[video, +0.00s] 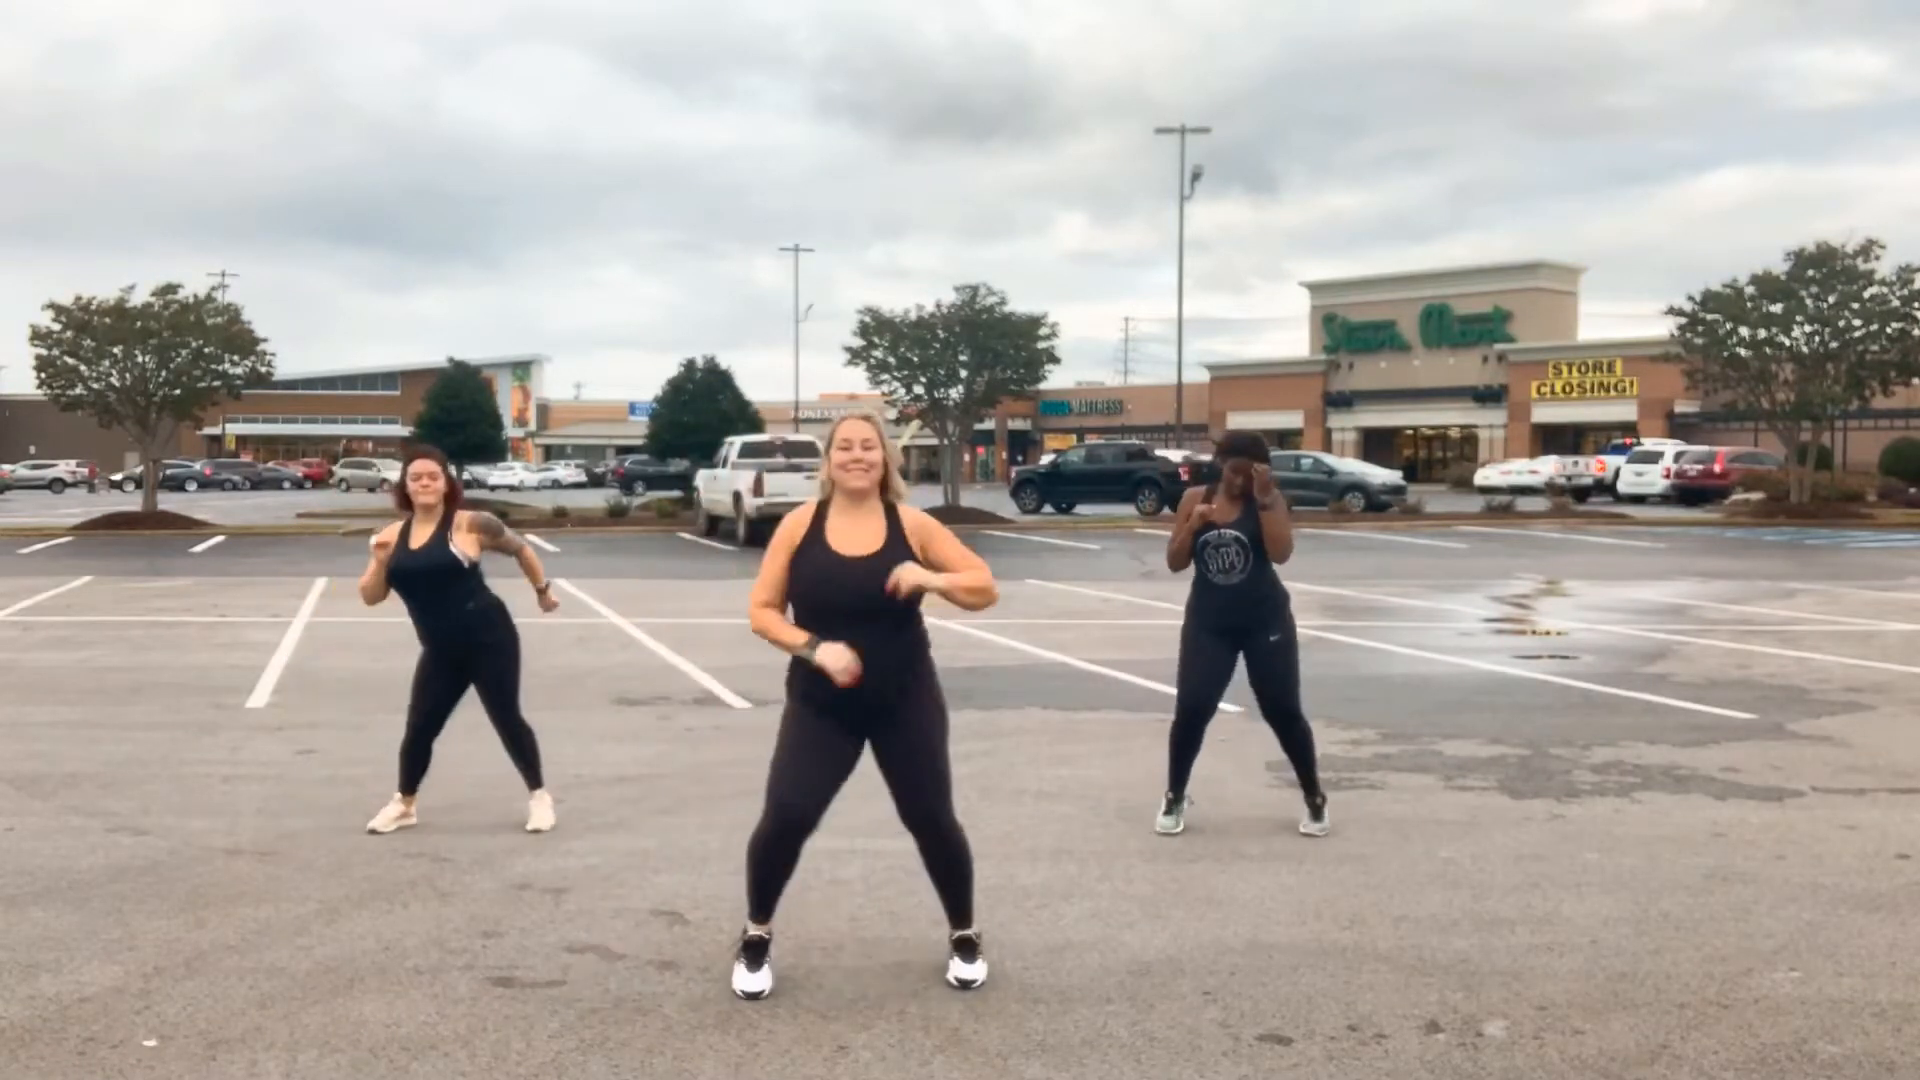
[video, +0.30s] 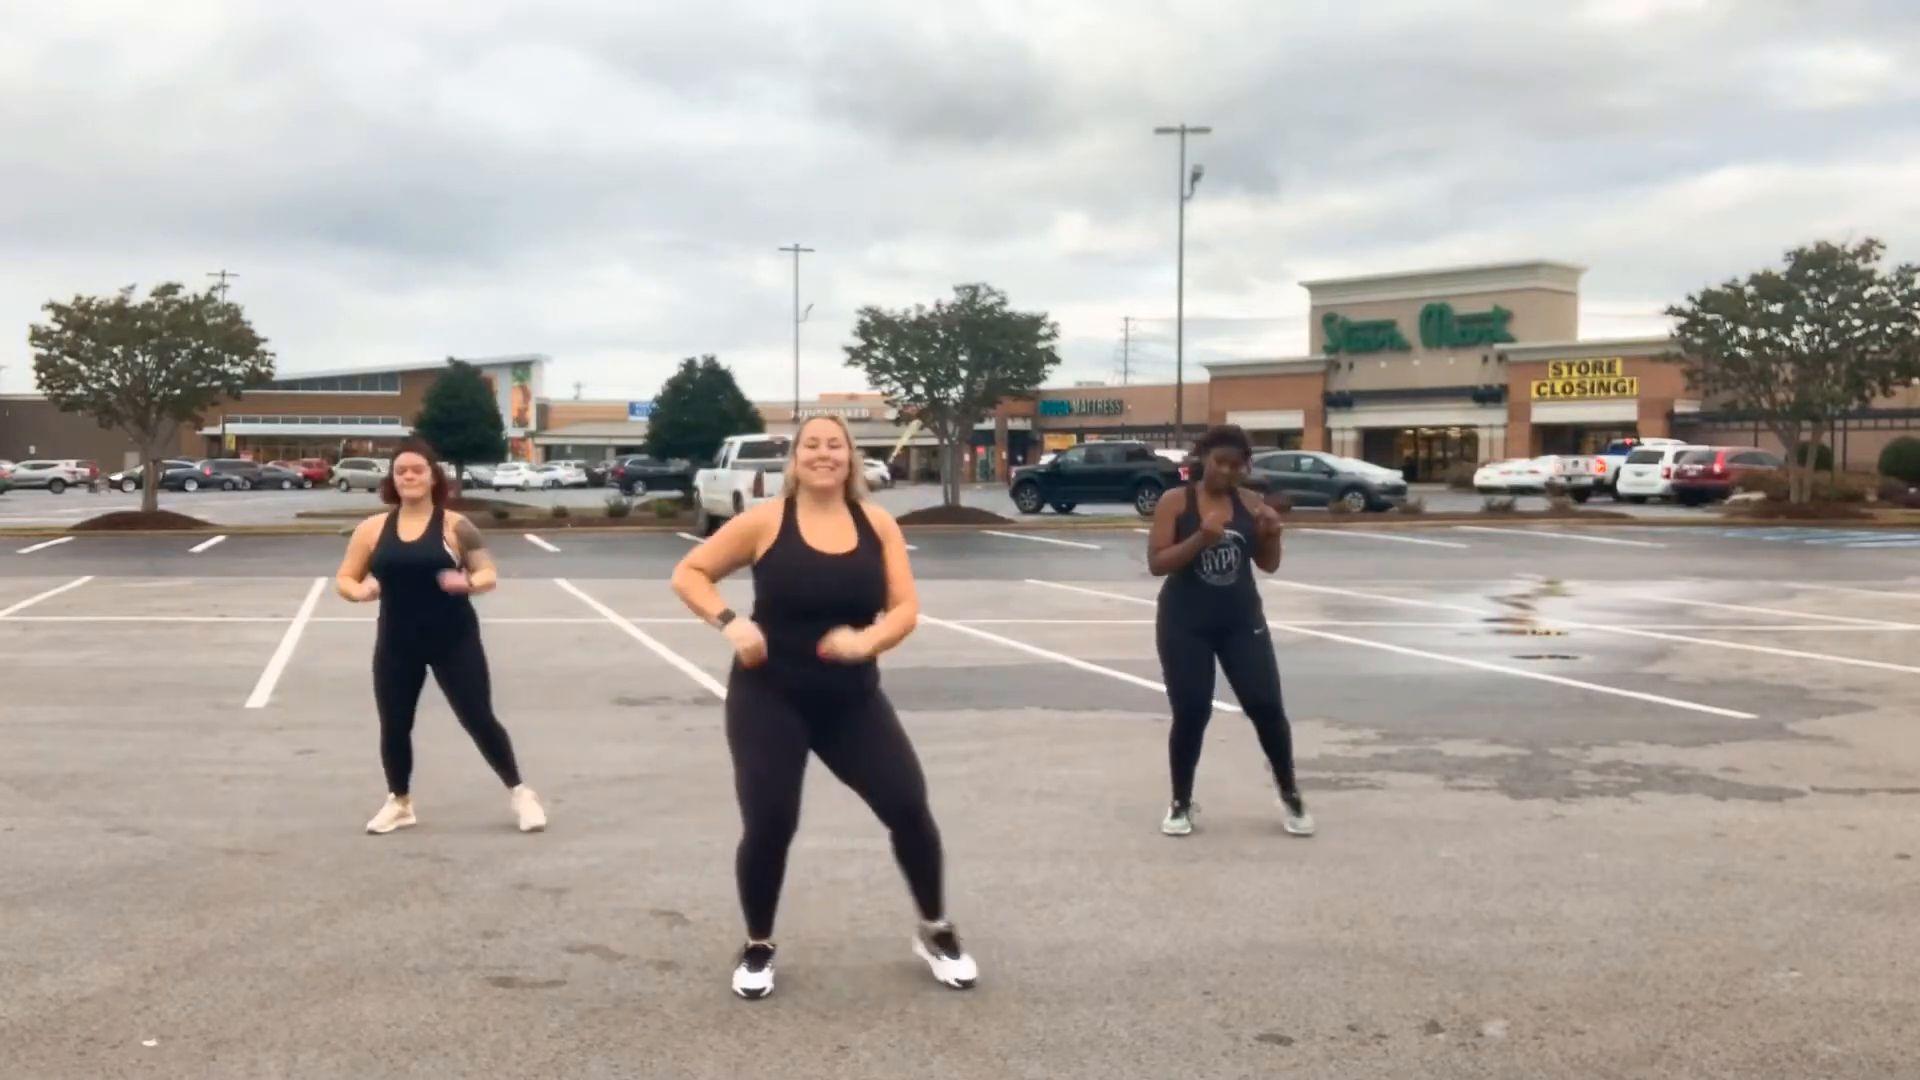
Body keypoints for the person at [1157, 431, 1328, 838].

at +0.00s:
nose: (1240, 479)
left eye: (1249, 473)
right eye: (1235, 470)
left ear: (1260, 474)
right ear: (1220, 465)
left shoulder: (1270, 501)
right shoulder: (1195, 498)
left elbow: (1281, 553)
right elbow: (1175, 562)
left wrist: (1265, 499)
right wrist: (1194, 525)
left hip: (1265, 620)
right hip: (1208, 620)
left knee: (1282, 712)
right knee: (1191, 710)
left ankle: (1314, 799)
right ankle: (1174, 798)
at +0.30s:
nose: (1228, 472)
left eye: (1236, 465)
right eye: (1221, 462)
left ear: (1244, 468)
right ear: (1203, 459)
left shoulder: (1250, 502)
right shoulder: (1175, 500)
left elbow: (1268, 564)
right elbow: (1157, 564)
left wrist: (1272, 534)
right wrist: (1200, 540)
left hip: (1241, 621)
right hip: (1185, 623)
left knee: (1268, 710)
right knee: (1191, 713)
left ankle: (1290, 794)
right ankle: (1181, 804)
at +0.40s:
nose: (1222, 466)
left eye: (1229, 459)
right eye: (1214, 458)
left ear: (1236, 464)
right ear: (1193, 459)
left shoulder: (1242, 501)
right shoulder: (1170, 502)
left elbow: (1255, 557)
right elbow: (1168, 562)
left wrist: (1266, 541)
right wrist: (1212, 532)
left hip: (1235, 619)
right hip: (1181, 622)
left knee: (1253, 705)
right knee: (1188, 710)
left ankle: (1250, 794)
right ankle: (1179, 803)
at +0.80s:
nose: (1223, 459)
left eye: (1227, 452)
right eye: (1213, 455)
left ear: (1237, 458)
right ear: (1196, 465)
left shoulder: (1248, 507)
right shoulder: (1179, 503)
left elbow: (1256, 571)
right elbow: (1150, 563)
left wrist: (1269, 567)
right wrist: (1203, 577)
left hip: (1220, 623)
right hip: (1167, 619)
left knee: (1222, 712)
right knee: (1173, 702)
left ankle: (1214, 804)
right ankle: (1140, 790)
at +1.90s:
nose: (1214, 456)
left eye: (1218, 450)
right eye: (1204, 451)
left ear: (1226, 457)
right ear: (1185, 459)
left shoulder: (1239, 500)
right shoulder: (1163, 503)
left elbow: (1251, 557)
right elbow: (1135, 558)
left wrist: (1218, 527)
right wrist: (1158, 555)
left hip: (1224, 621)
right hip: (1169, 623)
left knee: (1249, 702)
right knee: (1181, 710)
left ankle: (1237, 788)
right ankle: (1180, 802)